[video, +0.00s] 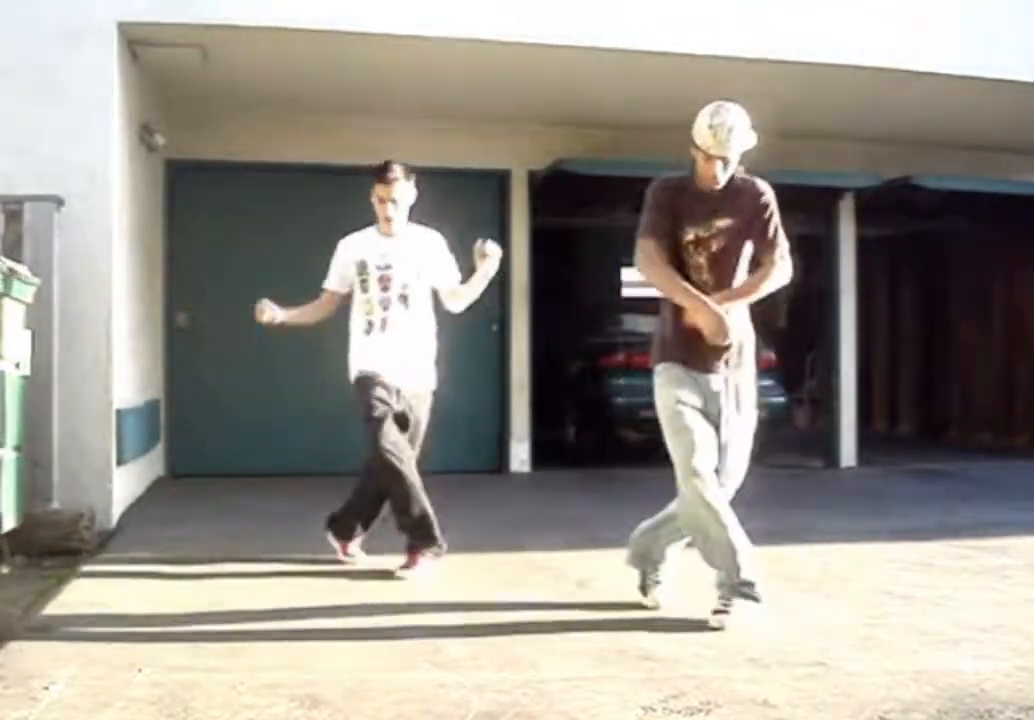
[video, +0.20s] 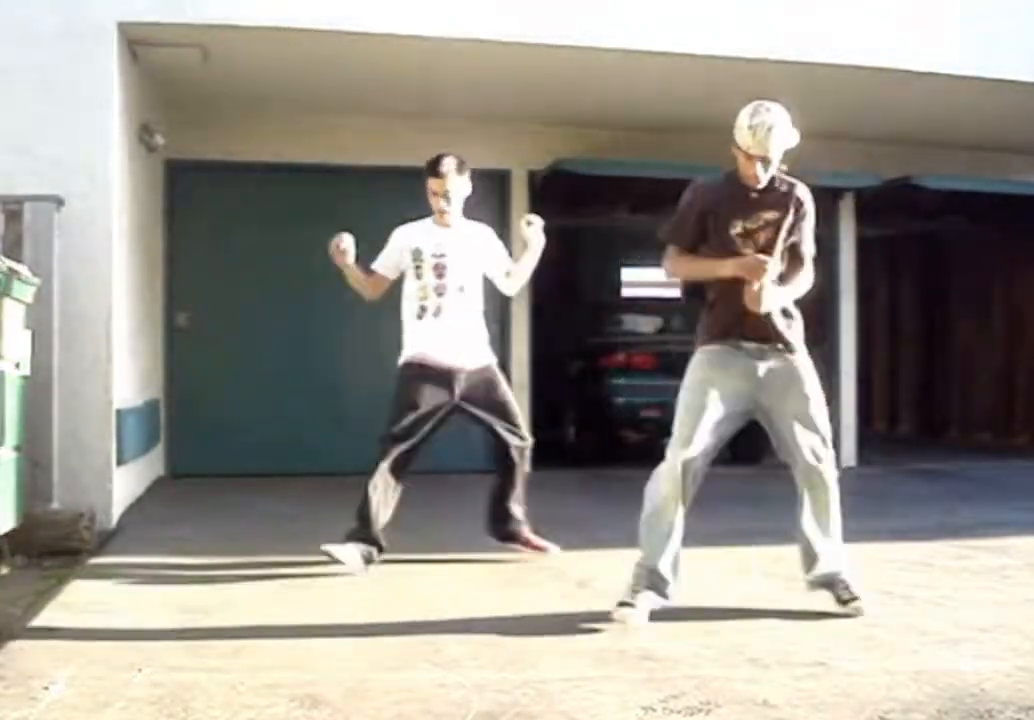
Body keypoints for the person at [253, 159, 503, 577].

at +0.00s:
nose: (388, 208)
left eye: (396, 200)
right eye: (382, 199)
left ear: (412, 197)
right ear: (372, 198)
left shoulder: (430, 244)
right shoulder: (352, 247)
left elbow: (455, 301)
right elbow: (326, 306)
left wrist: (486, 270)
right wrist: (282, 315)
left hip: (418, 367)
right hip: (371, 362)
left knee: (399, 457)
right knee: (387, 446)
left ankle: (346, 528)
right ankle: (425, 542)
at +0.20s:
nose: (442, 202)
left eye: (449, 194)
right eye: (435, 194)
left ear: (466, 191)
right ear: (427, 191)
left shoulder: (481, 237)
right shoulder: (408, 237)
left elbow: (511, 283)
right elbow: (372, 289)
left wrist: (534, 247)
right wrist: (348, 264)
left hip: (477, 361)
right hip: (424, 360)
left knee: (517, 439)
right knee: (398, 448)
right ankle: (365, 540)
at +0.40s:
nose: (470, 221)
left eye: (477, 213)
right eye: (463, 213)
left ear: (490, 214)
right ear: (451, 213)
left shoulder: (506, 257)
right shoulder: (432, 260)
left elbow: (546, 300)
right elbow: (387, 311)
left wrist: (552, 251)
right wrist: (387, 258)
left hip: (504, 384)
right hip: (453, 383)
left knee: (545, 459)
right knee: (421, 464)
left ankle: (554, 535)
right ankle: (371, 547)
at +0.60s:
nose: (433, 182)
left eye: (440, 174)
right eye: (426, 173)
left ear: (448, 177)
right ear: (410, 172)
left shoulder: (461, 221)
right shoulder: (383, 220)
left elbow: (493, 271)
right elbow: (349, 276)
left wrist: (466, 278)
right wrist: (384, 282)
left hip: (454, 339)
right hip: (406, 338)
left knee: (481, 430)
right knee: (422, 428)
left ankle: (450, 514)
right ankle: (442, 529)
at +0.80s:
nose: (378, 197)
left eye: (385, 188)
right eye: (371, 188)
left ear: (399, 188)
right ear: (359, 188)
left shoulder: (416, 237)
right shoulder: (339, 237)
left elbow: (438, 301)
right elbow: (320, 304)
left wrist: (446, 257)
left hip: (407, 354)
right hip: (362, 350)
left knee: (400, 449)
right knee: (377, 436)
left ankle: (362, 531)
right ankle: (432, 530)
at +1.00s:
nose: (333, 182)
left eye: (341, 174)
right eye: (326, 174)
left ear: (356, 174)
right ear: (316, 174)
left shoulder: (373, 221)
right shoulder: (298, 220)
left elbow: (408, 270)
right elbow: (257, 277)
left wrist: (424, 222)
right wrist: (249, 230)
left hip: (373, 348)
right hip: (322, 347)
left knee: (413, 427)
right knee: (298, 436)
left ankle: (396, 521)